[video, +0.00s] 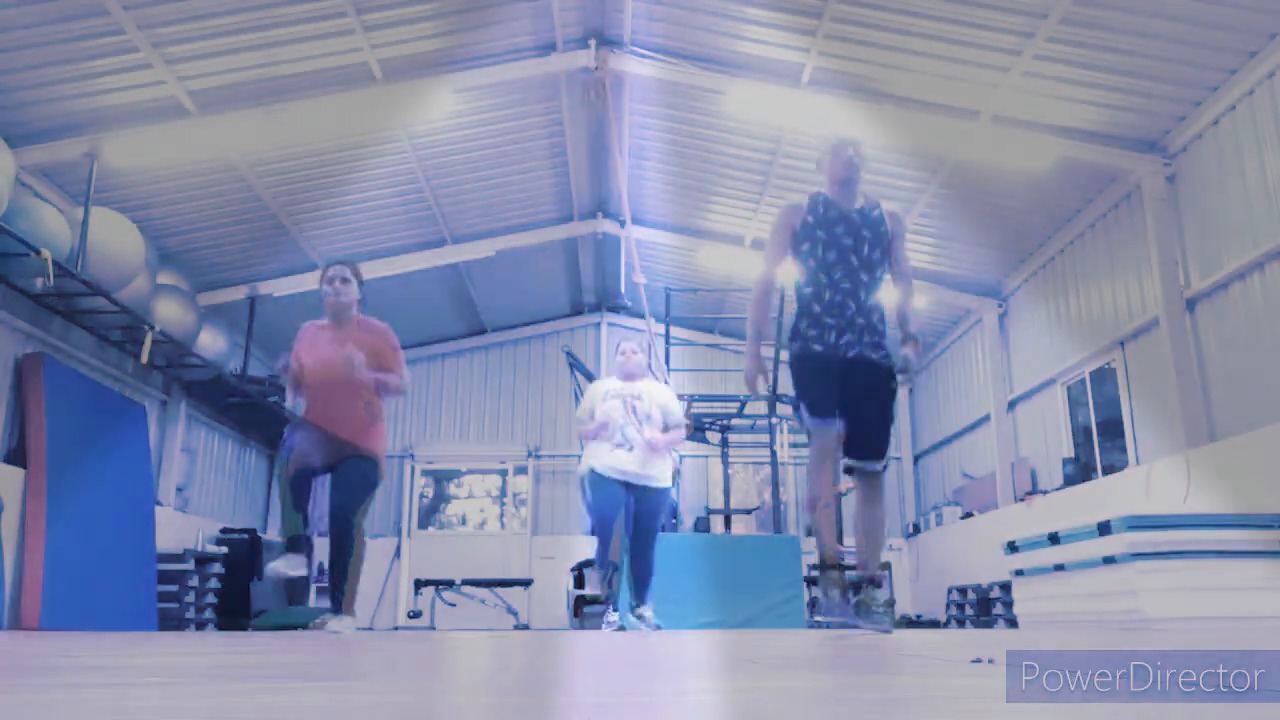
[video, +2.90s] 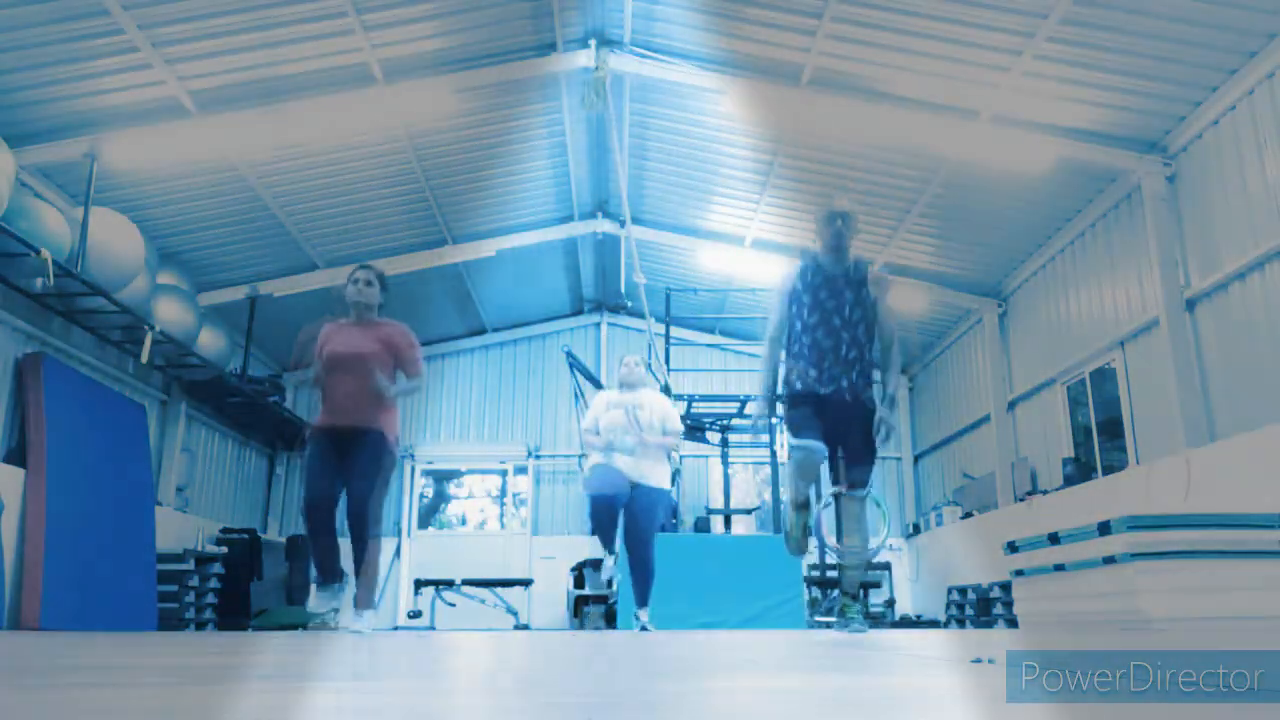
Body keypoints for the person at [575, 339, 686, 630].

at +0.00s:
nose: (627, 356)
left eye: (634, 352)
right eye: (622, 352)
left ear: (646, 360)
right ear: (615, 361)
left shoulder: (662, 392)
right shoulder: (600, 388)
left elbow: (681, 431)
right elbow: (581, 430)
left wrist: (662, 440)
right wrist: (598, 426)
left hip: (651, 474)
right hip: (606, 470)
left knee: (644, 542)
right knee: (605, 516)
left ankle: (641, 605)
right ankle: (610, 605)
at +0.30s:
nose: (617, 347)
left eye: (623, 342)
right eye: (611, 343)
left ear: (633, 350)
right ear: (603, 351)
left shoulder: (651, 382)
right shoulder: (587, 381)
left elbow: (672, 420)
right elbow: (570, 422)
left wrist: (650, 419)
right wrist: (593, 418)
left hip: (647, 468)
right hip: (599, 468)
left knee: (655, 524)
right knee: (611, 523)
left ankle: (639, 580)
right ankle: (610, 603)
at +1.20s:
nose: (633, 349)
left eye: (639, 345)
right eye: (628, 344)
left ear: (648, 351)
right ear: (618, 349)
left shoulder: (662, 378)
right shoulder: (599, 376)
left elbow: (683, 416)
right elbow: (581, 412)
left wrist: (662, 423)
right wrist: (595, 419)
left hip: (649, 459)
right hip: (604, 452)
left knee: (638, 533)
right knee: (594, 496)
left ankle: (640, 603)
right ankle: (603, 558)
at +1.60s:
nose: (624, 352)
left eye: (630, 348)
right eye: (618, 348)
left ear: (640, 355)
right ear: (609, 355)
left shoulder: (657, 384)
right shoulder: (594, 383)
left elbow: (678, 424)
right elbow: (578, 424)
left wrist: (653, 427)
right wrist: (593, 422)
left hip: (647, 466)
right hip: (602, 461)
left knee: (639, 539)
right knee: (603, 511)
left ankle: (644, 606)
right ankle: (600, 578)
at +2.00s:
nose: (613, 347)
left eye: (618, 344)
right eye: (607, 345)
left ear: (627, 355)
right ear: (598, 355)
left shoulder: (643, 382)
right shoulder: (580, 383)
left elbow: (665, 420)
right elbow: (565, 422)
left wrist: (645, 421)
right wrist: (587, 422)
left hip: (640, 466)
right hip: (595, 468)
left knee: (651, 519)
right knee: (602, 533)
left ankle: (632, 570)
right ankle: (599, 601)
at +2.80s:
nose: (632, 364)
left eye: (637, 360)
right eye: (626, 359)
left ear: (645, 368)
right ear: (617, 367)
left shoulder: (659, 395)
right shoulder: (600, 394)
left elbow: (674, 433)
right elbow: (585, 433)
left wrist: (649, 433)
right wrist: (606, 434)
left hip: (647, 476)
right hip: (604, 475)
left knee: (642, 540)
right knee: (601, 535)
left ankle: (644, 605)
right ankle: (605, 578)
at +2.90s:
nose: (629, 367)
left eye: (636, 364)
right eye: (625, 364)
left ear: (645, 373)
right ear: (618, 373)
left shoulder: (660, 401)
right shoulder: (604, 398)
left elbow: (676, 439)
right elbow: (585, 435)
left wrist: (646, 439)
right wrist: (603, 442)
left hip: (650, 475)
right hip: (609, 467)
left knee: (641, 541)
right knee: (603, 495)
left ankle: (642, 609)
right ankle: (609, 552)